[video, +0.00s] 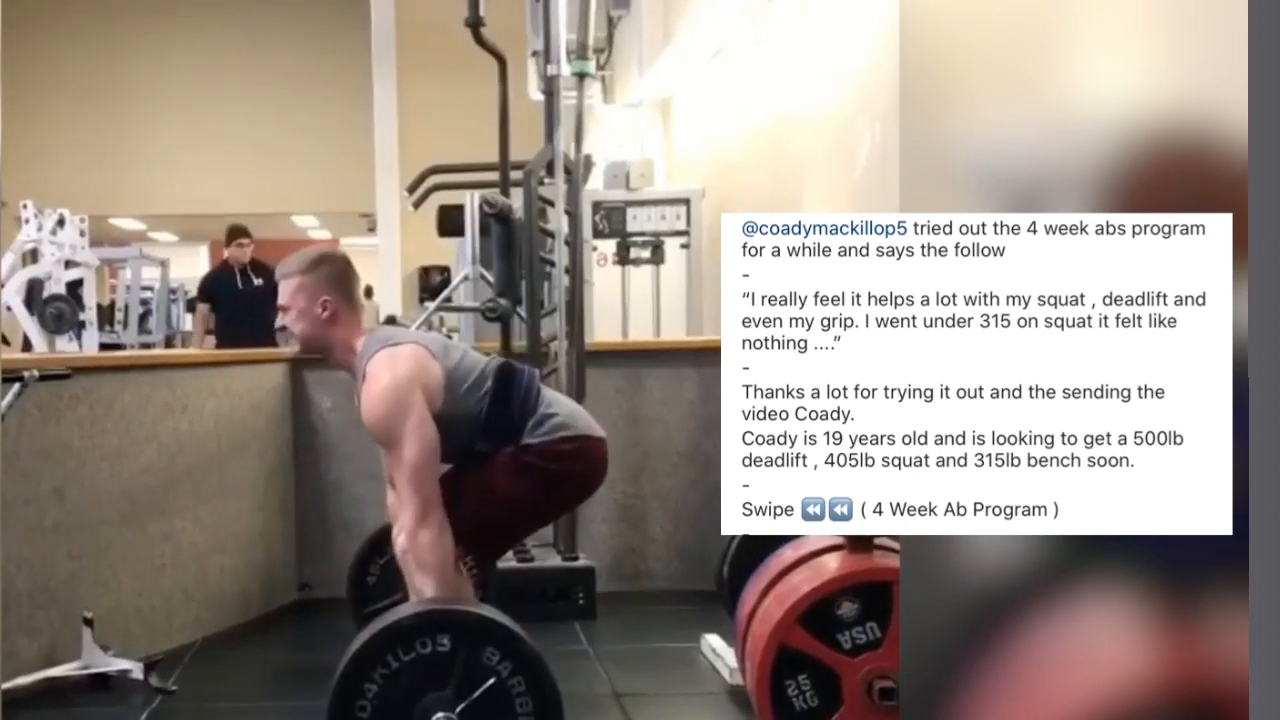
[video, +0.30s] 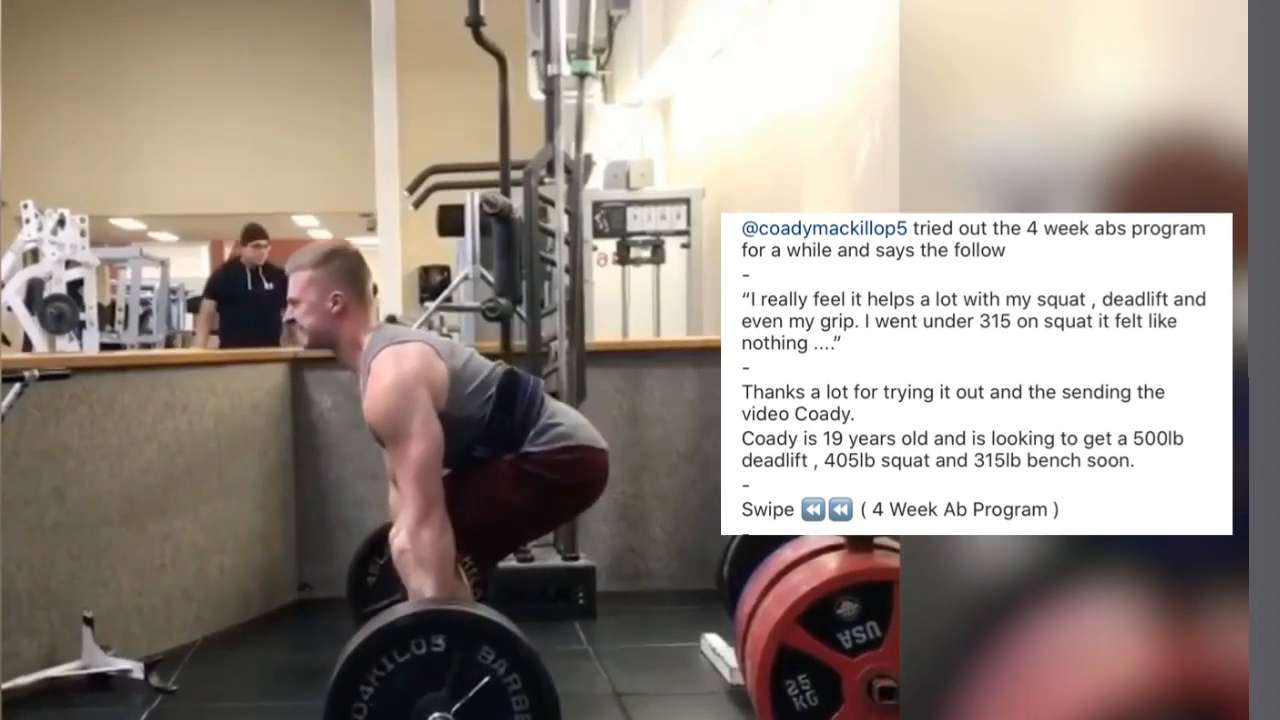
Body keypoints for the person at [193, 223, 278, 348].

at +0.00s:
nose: (245, 250)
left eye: (248, 245)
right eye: (239, 245)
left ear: (253, 246)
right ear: (227, 248)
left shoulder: (265, 272)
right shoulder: (213, 279)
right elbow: (201, 317)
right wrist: (195, 350)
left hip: (266, 353)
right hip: (229, 355)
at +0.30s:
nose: (262, 252)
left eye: (266, 246)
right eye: (256, 246)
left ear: (269, 247)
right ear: (242, 247)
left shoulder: (277, 276)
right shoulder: (223, 275)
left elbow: (288, 315)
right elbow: (206, 314)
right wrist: (198, 351)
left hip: (271, 357)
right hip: (232, 359)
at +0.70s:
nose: (278, 248)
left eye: (281, 242)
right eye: (273, 242)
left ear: (286, 241)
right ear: (259, 241)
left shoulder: (286, 267)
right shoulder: (239, 266)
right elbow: (220, 304)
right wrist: (214, 344)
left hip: (282, 347)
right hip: (248, 349)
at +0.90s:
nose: (279, 249)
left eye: (282, 243)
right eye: (274, 244)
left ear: (287, 241)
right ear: (263, 242)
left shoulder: (288, 267)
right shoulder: (244, 271)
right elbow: (227, 311)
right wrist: (224, 349)